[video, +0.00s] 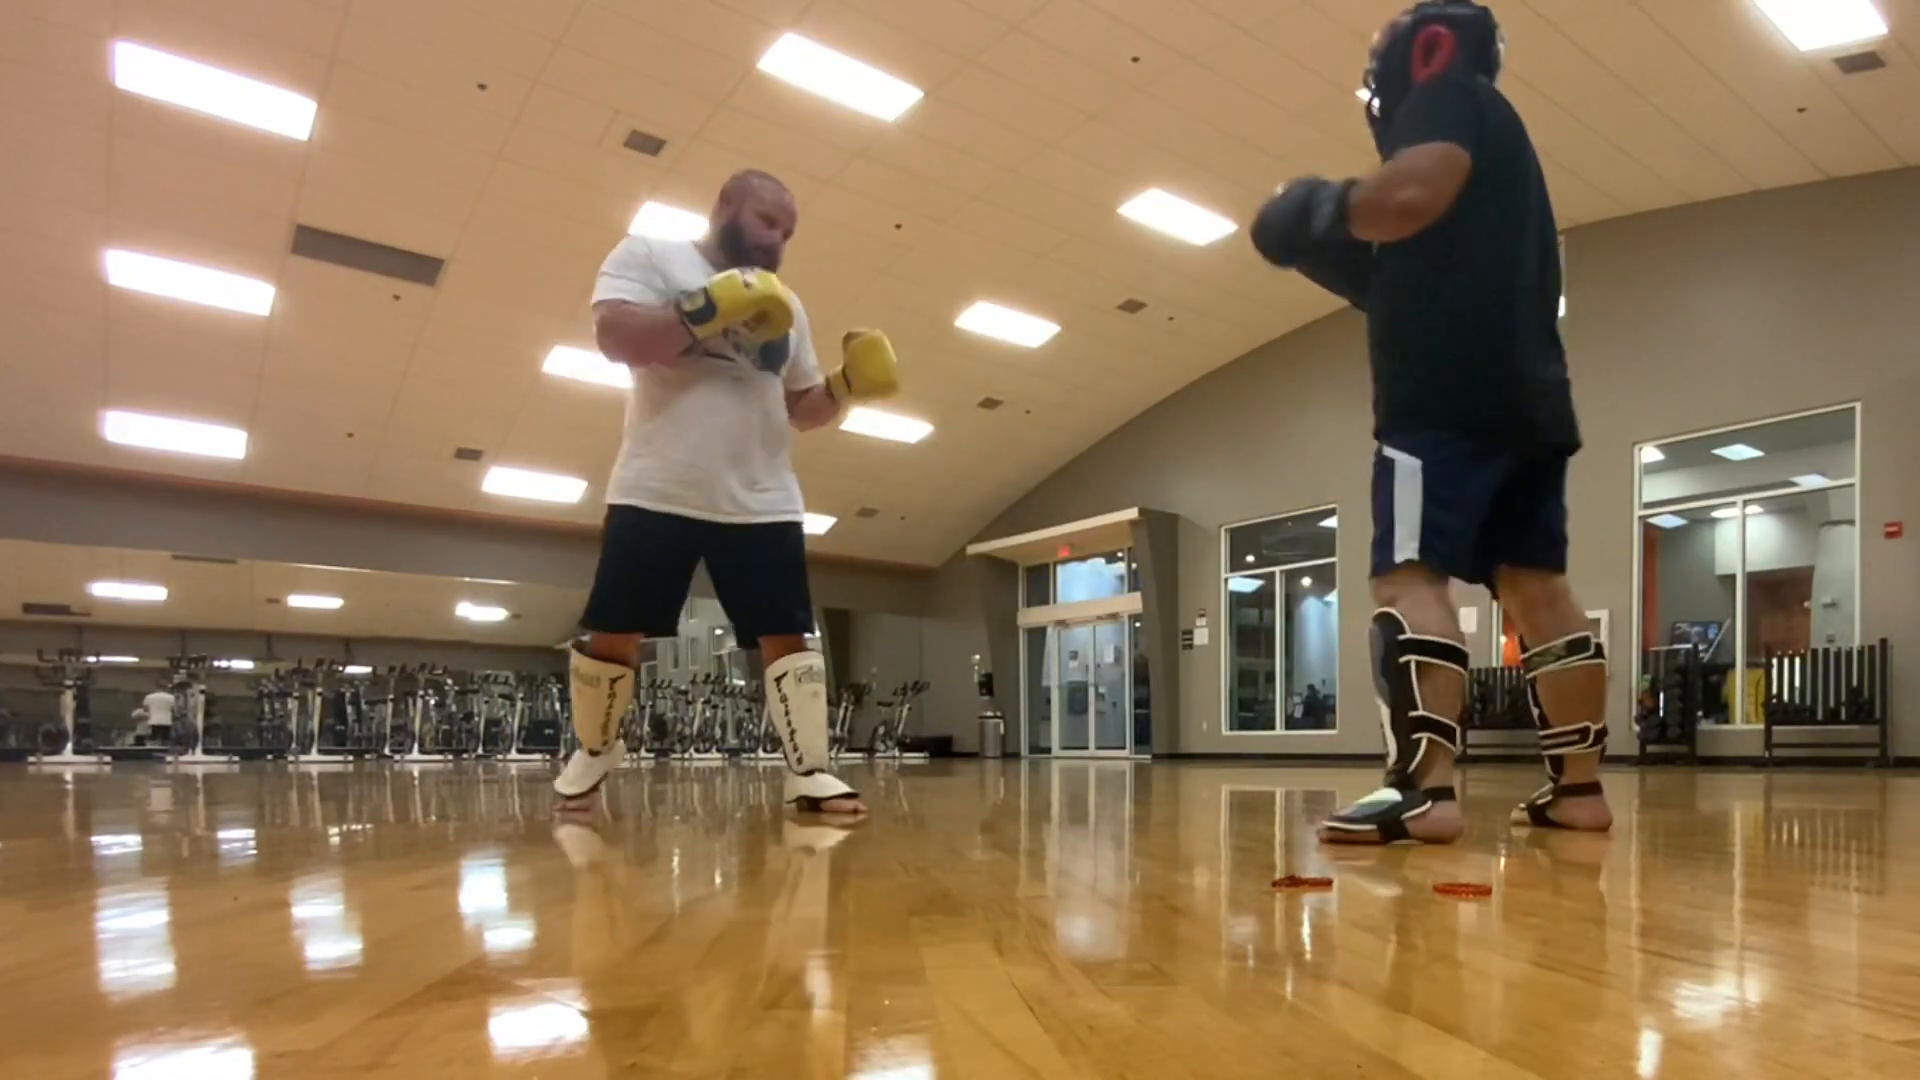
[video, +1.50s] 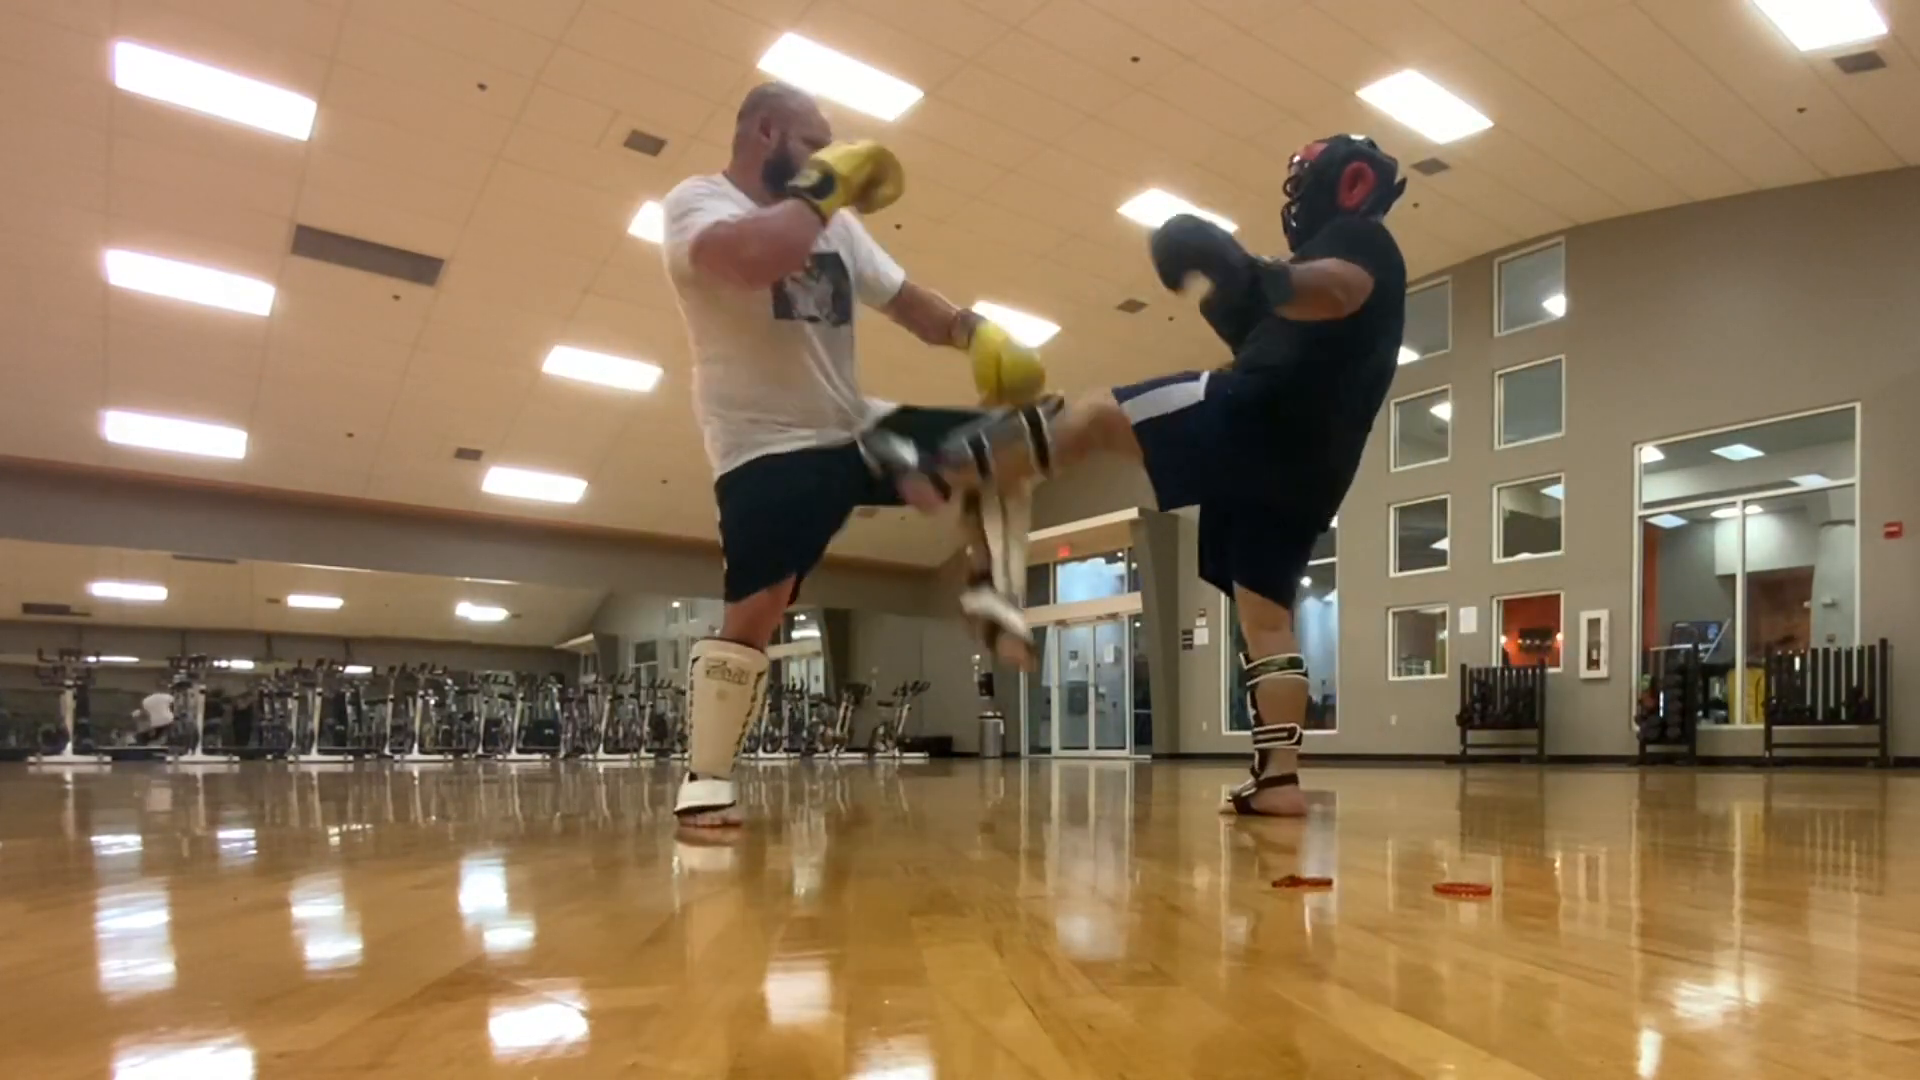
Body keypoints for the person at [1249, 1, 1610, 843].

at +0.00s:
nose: (1374, 88)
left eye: (1384, 65)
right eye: (1375, 76)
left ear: (1431, 48)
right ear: (1477, 60)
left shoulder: (1450, 95)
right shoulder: (1501, 138)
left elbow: (1415, 196)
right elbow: (1434, 284)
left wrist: (1318, 208)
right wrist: (1333, 255)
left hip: (1442, 389)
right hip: (1530, 392)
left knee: (1410, 576)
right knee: (1534, 580)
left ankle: (1426, 791)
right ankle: (1579, 789)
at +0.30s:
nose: (1388, 110)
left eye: (1399, 89)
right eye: (1389, 96)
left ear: (1450, 76)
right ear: (1472, 83)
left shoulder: (1479, 120)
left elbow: (1446, 188)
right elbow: (1448, 309)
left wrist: (1347, 147)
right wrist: (1373, 268)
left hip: (1460, 401)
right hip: (1547, 410)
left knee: (1377, 577)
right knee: (1542, 586)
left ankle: (1401, 771)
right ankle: (1577, 791)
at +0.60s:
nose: (1334, 109)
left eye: (1346, 91)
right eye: (1337, 95)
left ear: (1399, 90)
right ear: (1411, 96)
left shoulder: (1419, 142)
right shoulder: (1443, 177)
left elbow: (1393, 221)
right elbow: (1382, 310)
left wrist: (1291, 197)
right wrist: (1316, 270)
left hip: (1405, 414)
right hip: (1484, 418)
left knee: (1383, 601)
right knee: (1457, 603)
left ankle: (1395, 783)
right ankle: (1541, 738)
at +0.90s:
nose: (1292, 123)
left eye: (1304, 111)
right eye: (1295, 112)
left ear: (1354, 114)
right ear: (1365, 120)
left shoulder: (1347, 175)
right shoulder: (1397, 195)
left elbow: (1240, 255)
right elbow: (1360, 312)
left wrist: (1223, 196)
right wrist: (1281, 308)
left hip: (1355, 422)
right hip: (1395, 423)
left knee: (1375, 600)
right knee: (1332, 602)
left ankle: (1400, 783)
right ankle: (1302, 770)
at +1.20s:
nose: (1284, 148)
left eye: (1300, 136)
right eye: (1291, 137)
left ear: (1344, 153)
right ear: (1349, 158)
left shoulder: (1342, 211)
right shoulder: (1363, 231)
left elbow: (1280, 288)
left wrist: (1161, 304)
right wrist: (1251, 268)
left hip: (1283, 411)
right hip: (1330, 452)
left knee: (1134, 363)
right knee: (1283, 609)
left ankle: (1105, 511)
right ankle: (1285, 781)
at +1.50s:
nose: (1289, 197)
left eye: (1302, 182)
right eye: (1292, 184)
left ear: (1342, 182)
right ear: (1358, 189)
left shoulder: (1359, 231)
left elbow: (1345, 290)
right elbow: (1289, 367)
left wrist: (1256, 276)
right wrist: (1226, 302)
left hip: (1260, 413)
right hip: (1309, 465)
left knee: (1095, 419)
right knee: (1267, 611)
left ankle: (948, 467)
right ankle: (1278, 781)